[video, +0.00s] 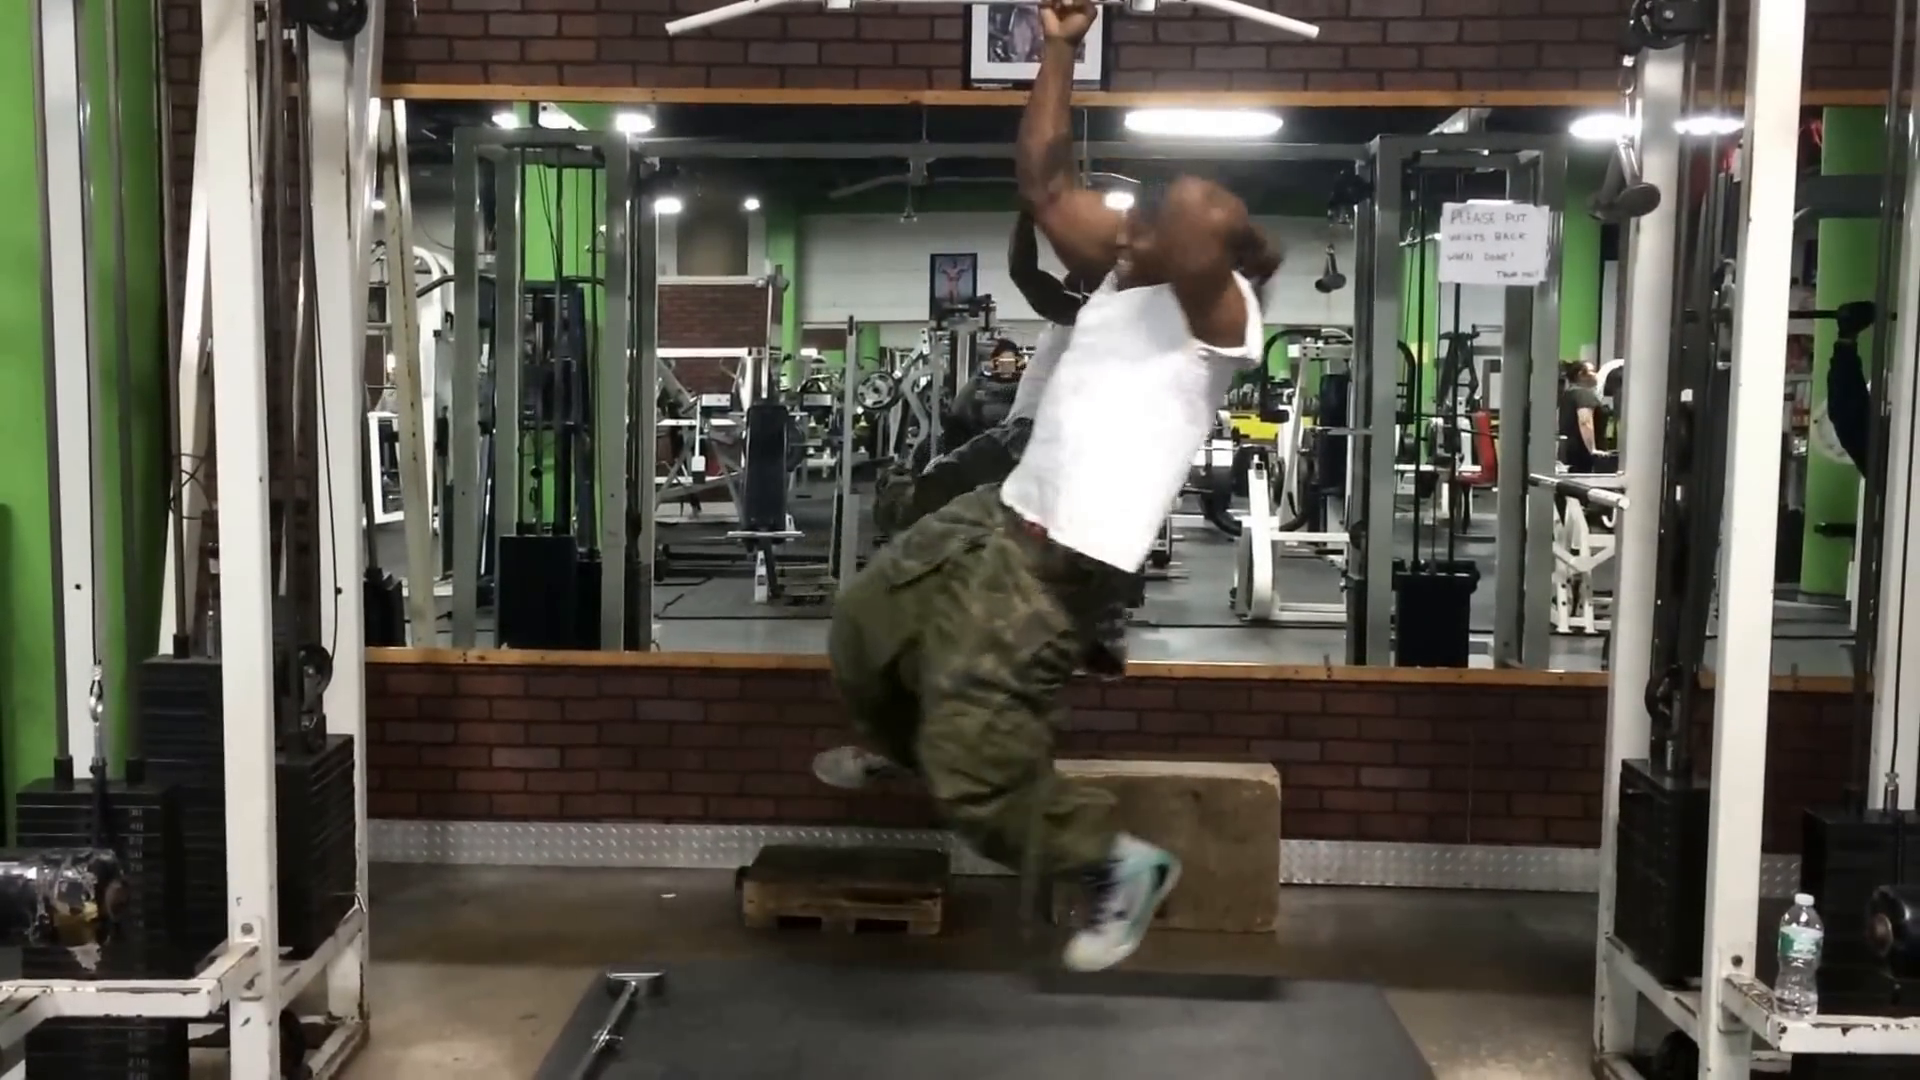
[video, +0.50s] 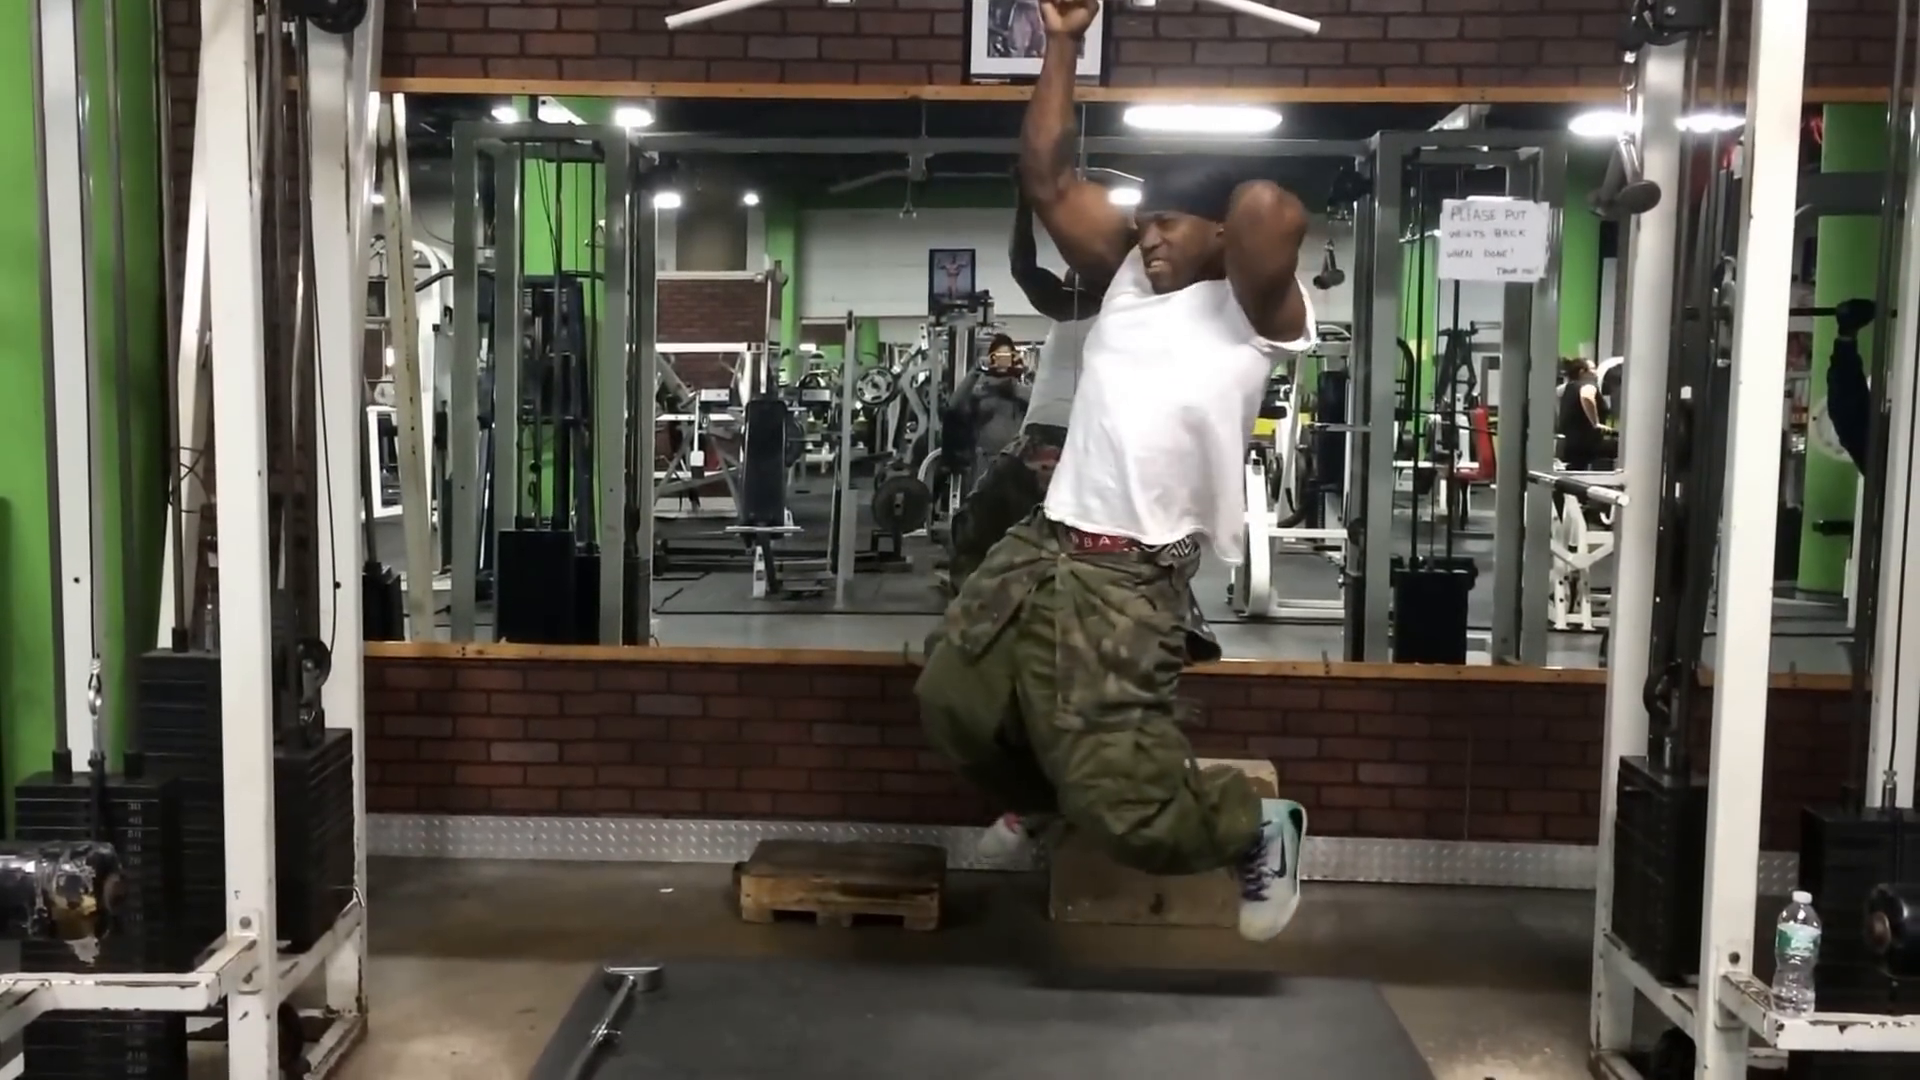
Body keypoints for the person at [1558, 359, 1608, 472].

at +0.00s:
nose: (1596, 374)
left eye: (1594, 371)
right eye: (1592, 371)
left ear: (1580, 375)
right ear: (1581, 375)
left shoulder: (1568, 393)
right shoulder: (1585, 394)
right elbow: (1585, 422)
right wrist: (1593, 449)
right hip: (1582, 453)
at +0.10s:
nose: (1596, 374)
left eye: (1595, 371)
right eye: (1592, 371)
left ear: (1580, 375)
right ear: (1581, 374)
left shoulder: (1568, 393)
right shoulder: (1585, 392)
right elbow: (1585, 416)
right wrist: (1593, 443)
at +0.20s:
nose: (1595, 374)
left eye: (1594, 370)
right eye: (1592, 370)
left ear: (1580, 374)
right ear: (1581, 374)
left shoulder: (1568, 391)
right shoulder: (1587, 390)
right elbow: (1586, 409)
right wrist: (1593, 436)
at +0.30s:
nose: (1596, 374)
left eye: (1595, 370)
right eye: (1592, 370)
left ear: (1580, 375)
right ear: (1582, 374)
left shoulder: (1567, 390)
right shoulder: (1587, 388)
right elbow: (1586, 404)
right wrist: (1595, 430)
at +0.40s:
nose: (1596, 373)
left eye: (1595, 369)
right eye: (1593, 369)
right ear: (1582, 373)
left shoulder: (1564, 390)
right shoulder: (1588, 388)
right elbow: (1586, 400)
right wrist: (1595, 425)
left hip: (1569, 445)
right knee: (1618, 444)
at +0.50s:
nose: (1596, 372)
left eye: (1595, 368)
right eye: (1593, 369)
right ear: (1582, 372)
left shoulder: (1567, 387)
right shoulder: (1589, 386)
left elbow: (1557, 390)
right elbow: (1587, 398)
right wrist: (1596, 423)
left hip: (1569, 443)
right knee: (1618, 445)